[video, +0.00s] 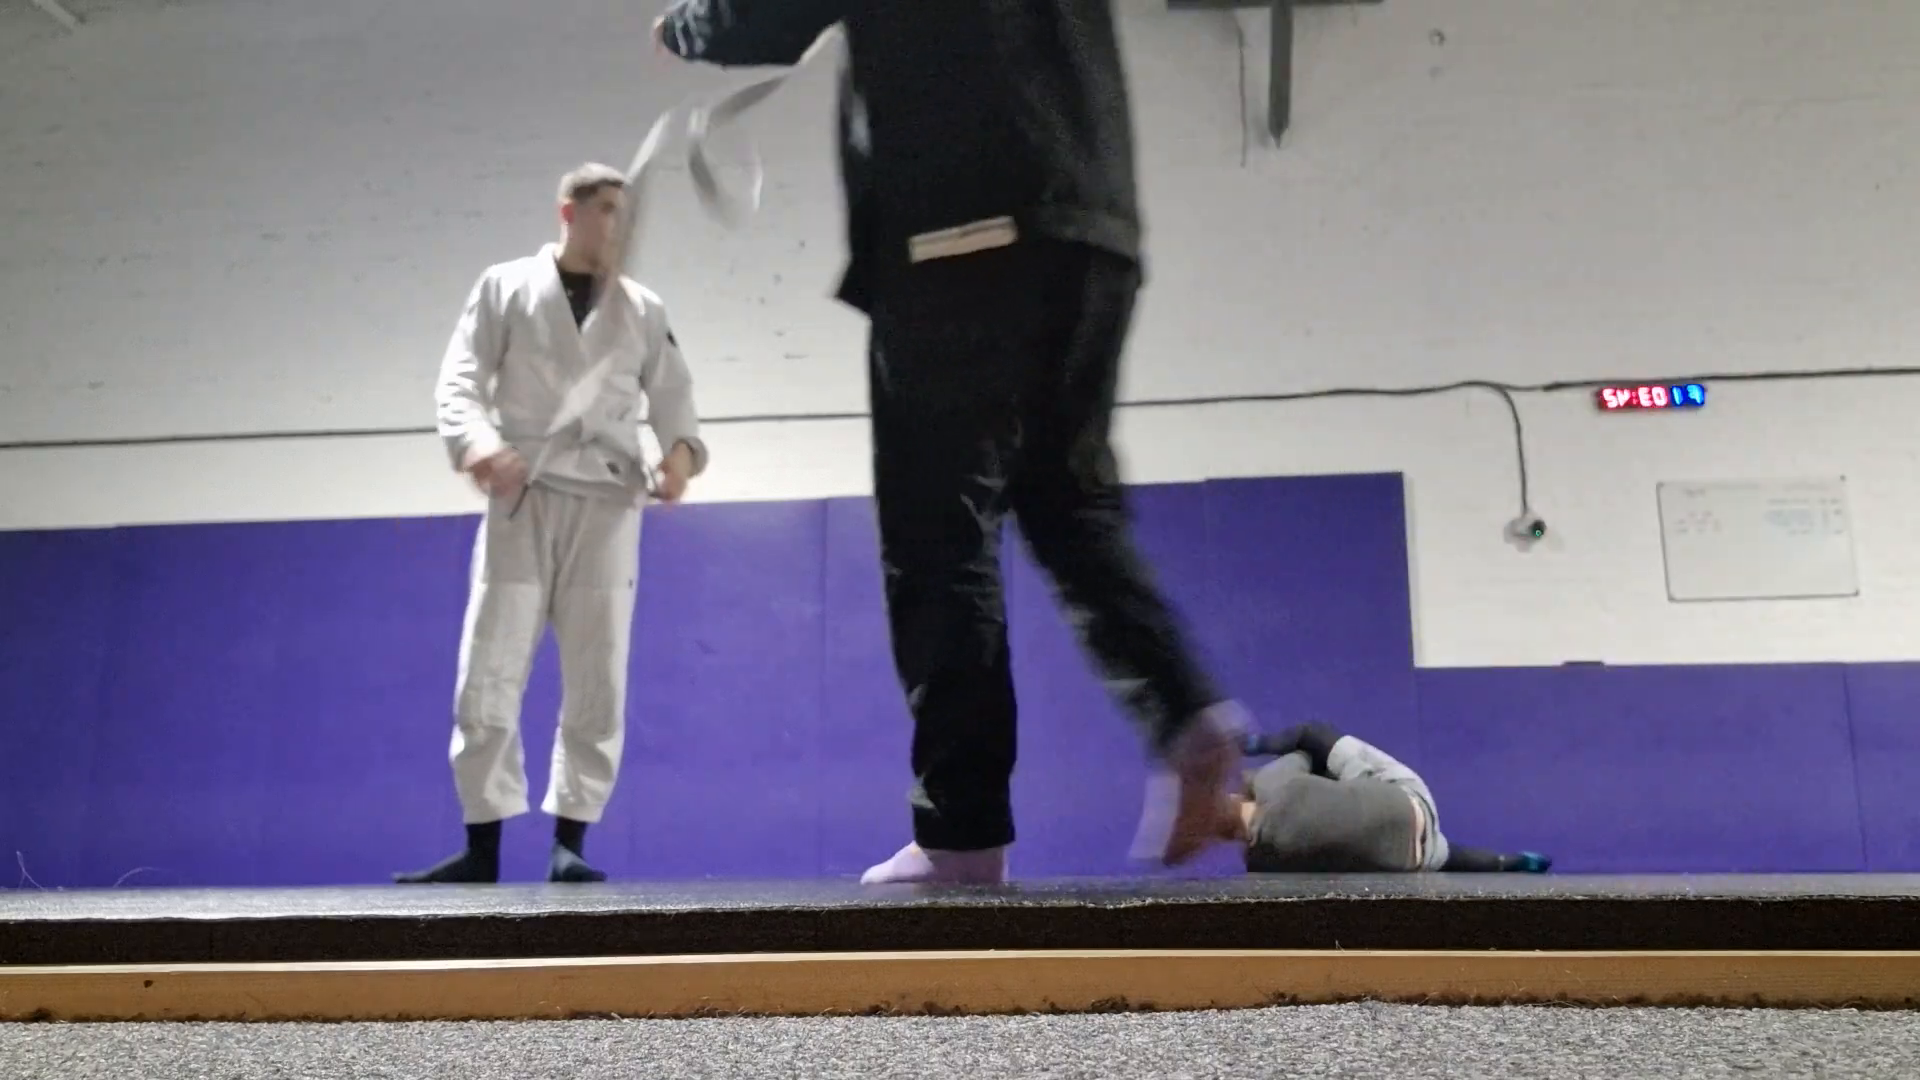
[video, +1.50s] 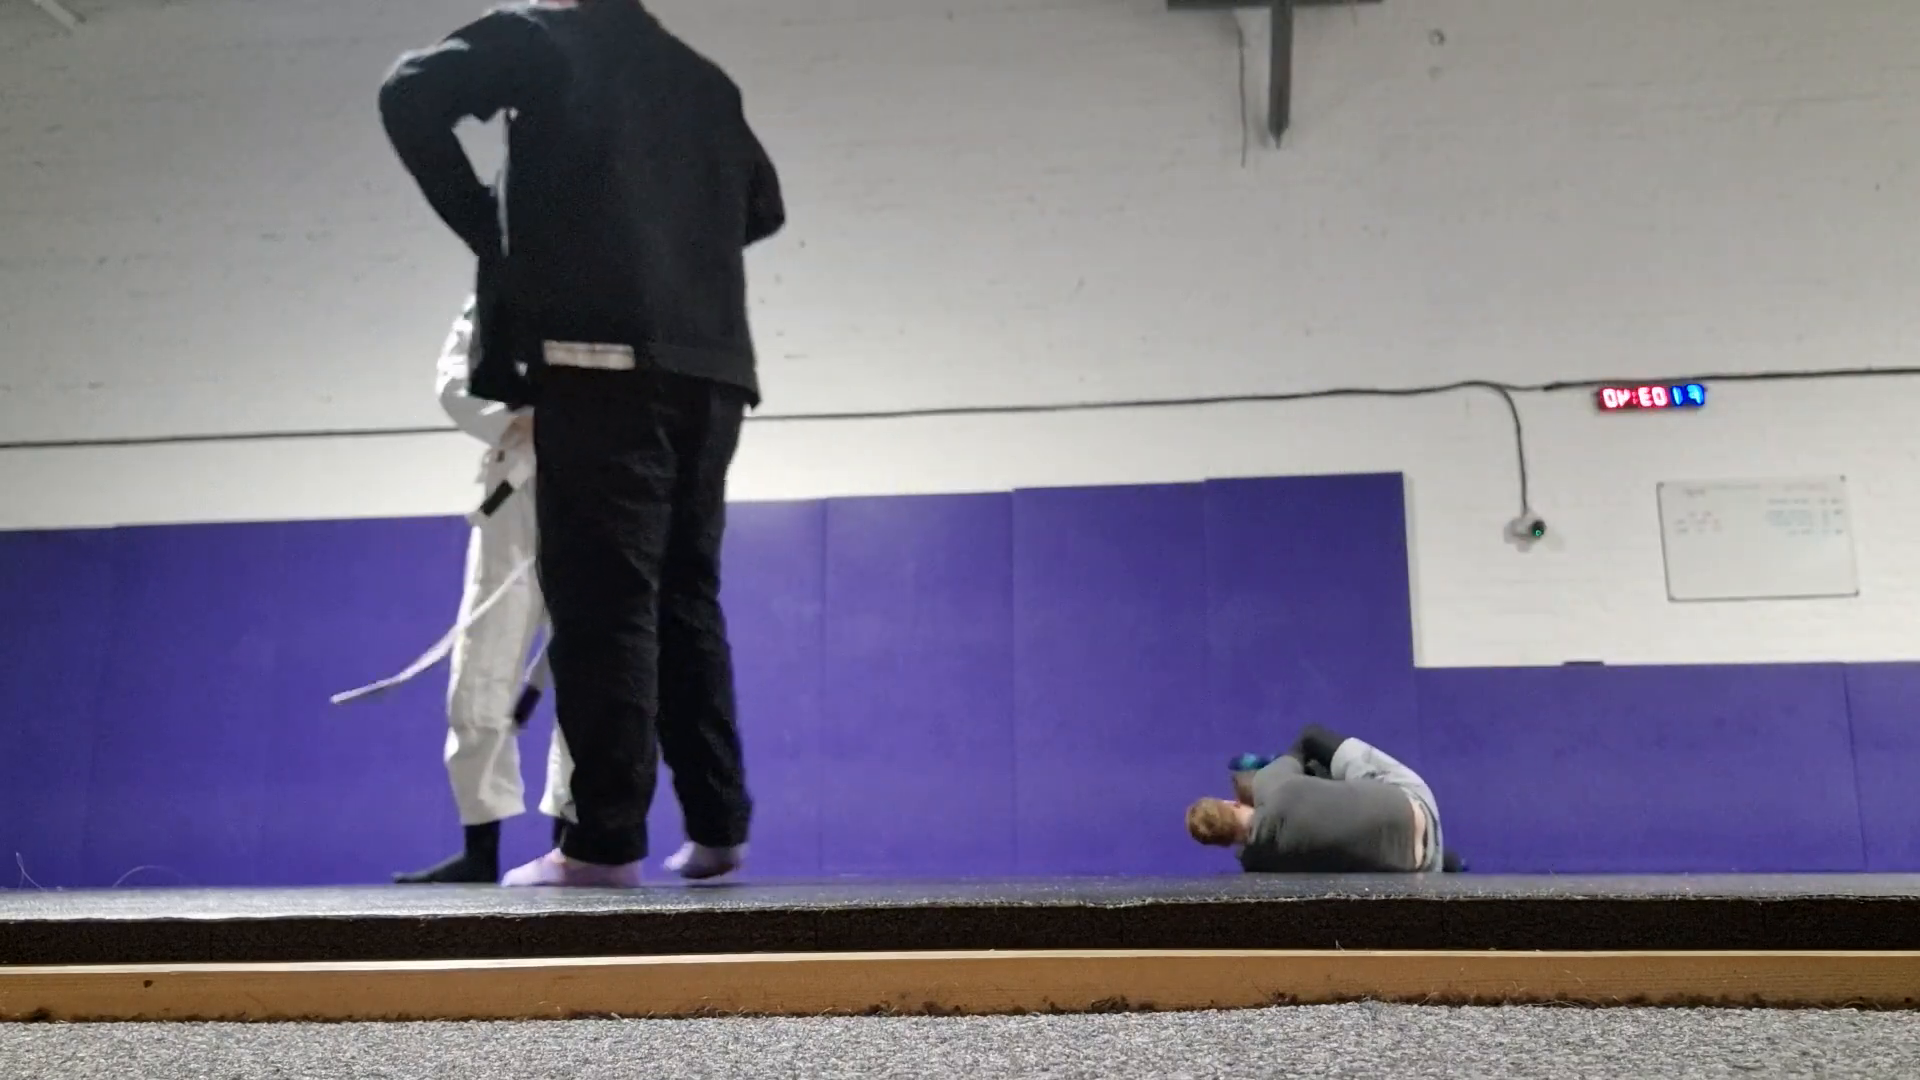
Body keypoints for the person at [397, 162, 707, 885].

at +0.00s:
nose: (615, 224)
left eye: (622, 214)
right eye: (604, 210)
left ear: (627, 224)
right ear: (566, 212)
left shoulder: (644, 311)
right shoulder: (504, 288)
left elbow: (675, 404)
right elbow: (456, 387)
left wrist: (683, 451)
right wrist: (482, 447)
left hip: (608, 508)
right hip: (520, 501)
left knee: (597, 676)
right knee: (488, 674)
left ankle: (569, 851)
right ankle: (481, 851)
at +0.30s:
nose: (619, 230)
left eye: (626, 219)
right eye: (608, 215)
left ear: (628, 227)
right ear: (565, 213)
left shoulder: (643, 313)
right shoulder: (502, 289)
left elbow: (681, 407)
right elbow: (450, 377)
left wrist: (656, 430)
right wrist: (506, 416)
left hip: (609, 512)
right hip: (520, 504)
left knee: (598, 676)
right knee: (488, 671)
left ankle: (569, 848)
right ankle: (480, 851)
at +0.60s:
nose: (603, 219)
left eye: (613, 210)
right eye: (590, 204)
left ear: (621, 225)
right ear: (554, 212)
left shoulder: (642, 314)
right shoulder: (498, 290)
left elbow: (685, 394)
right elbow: (442, 375)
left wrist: (666, 428)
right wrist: (496, 418)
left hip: (605, 509)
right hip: (518, 500)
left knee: (594, 672)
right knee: (486, 670)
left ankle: (569, 848)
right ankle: (480, 853)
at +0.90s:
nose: (593, 217)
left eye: (608, 209)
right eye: (583, 202)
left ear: (622, 227)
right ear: (553, 211)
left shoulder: (631, 304)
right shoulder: (498, 289)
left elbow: (658, 385)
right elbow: (428, 376)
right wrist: (448, 433)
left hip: (602, 505)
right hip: (515, 499)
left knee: (593, 678)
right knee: (483, 675)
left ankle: (580, 846)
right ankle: (480, 852)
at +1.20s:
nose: (569, 235)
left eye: (587, 225)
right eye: (563, 222)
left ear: (611, 232)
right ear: (547, 223)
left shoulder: (633, 298)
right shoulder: (502, 290)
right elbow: (434, 376)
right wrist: (472, 429)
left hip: (598, 510)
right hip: (518, 500)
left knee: (588, 676)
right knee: (482, 671)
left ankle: (576, 842)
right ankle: (480, 849)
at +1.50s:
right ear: (520, 244)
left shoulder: (615, 321)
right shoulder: (499, 295)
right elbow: (454, 385)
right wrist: (514, 422)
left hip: (597, 493)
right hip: (517, 486)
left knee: (586, 667)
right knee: (483, 661)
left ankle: (575, 842)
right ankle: (480, 848)